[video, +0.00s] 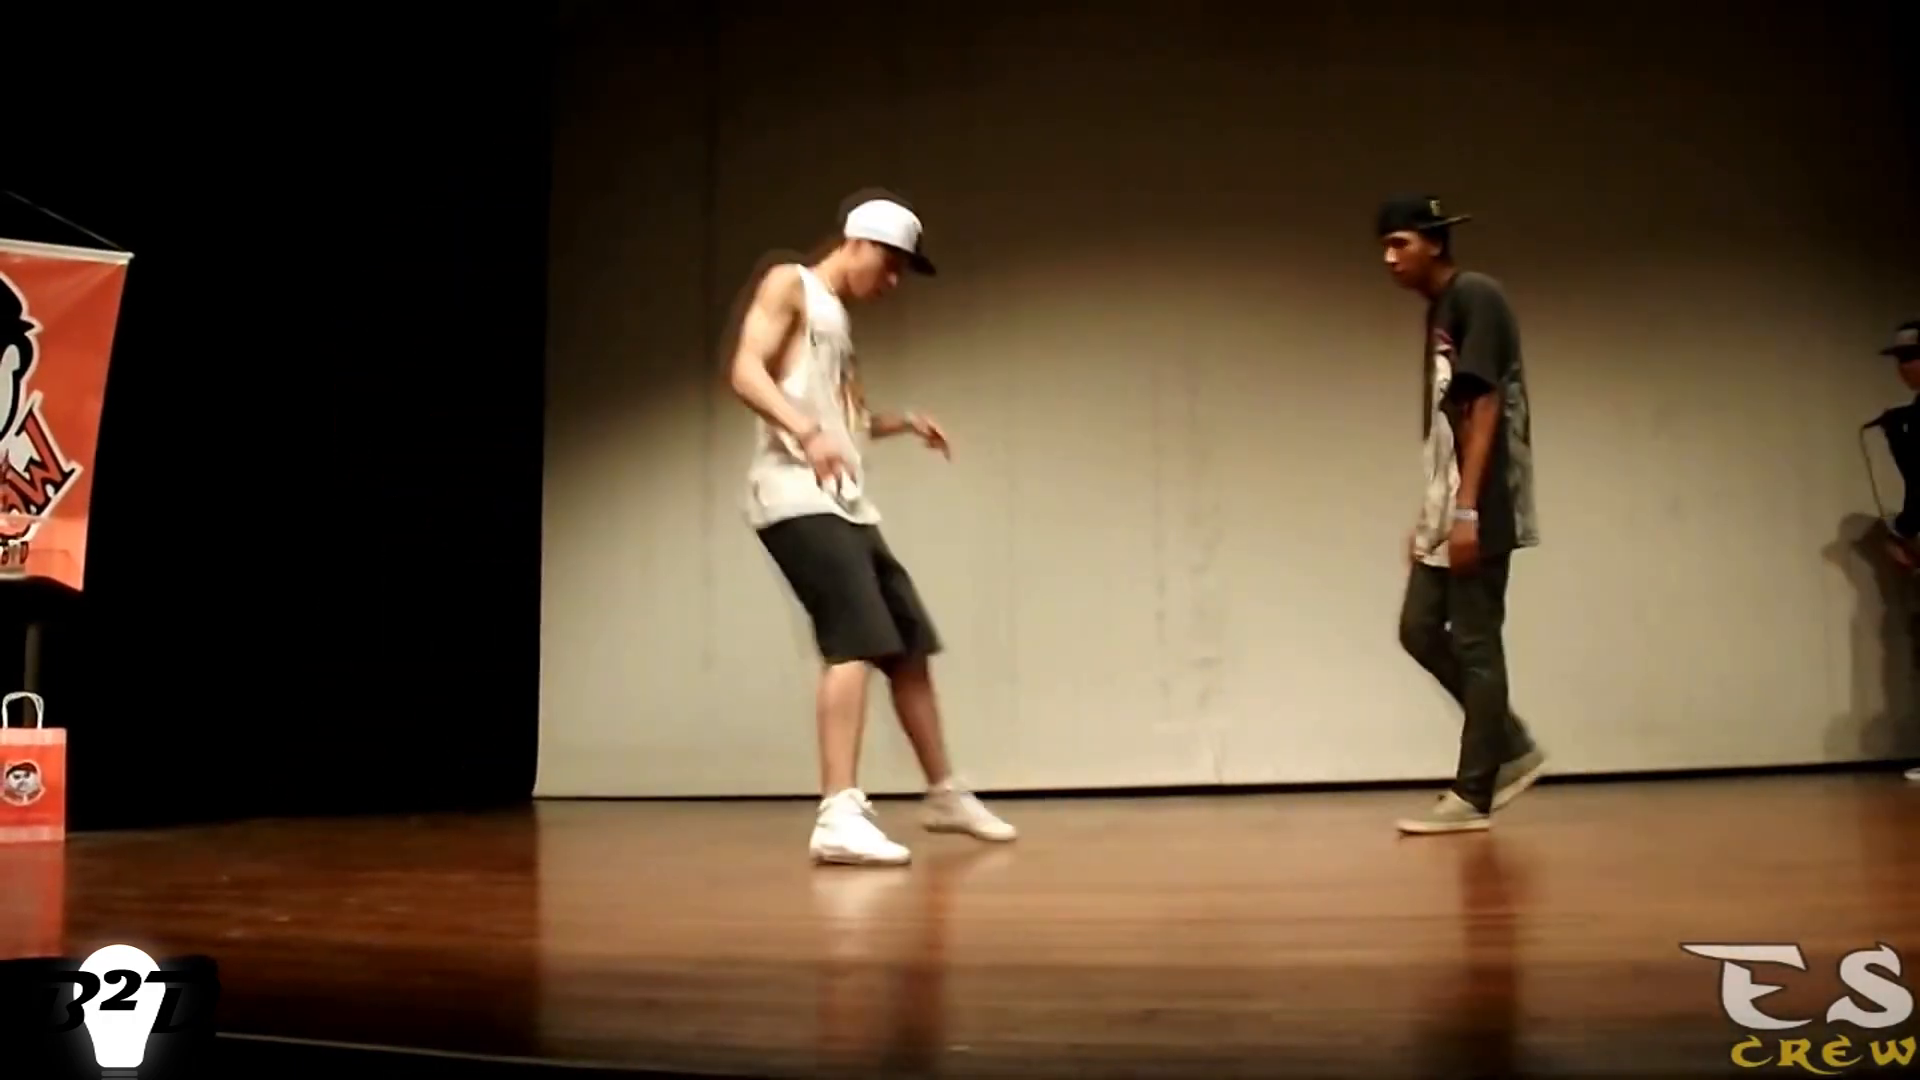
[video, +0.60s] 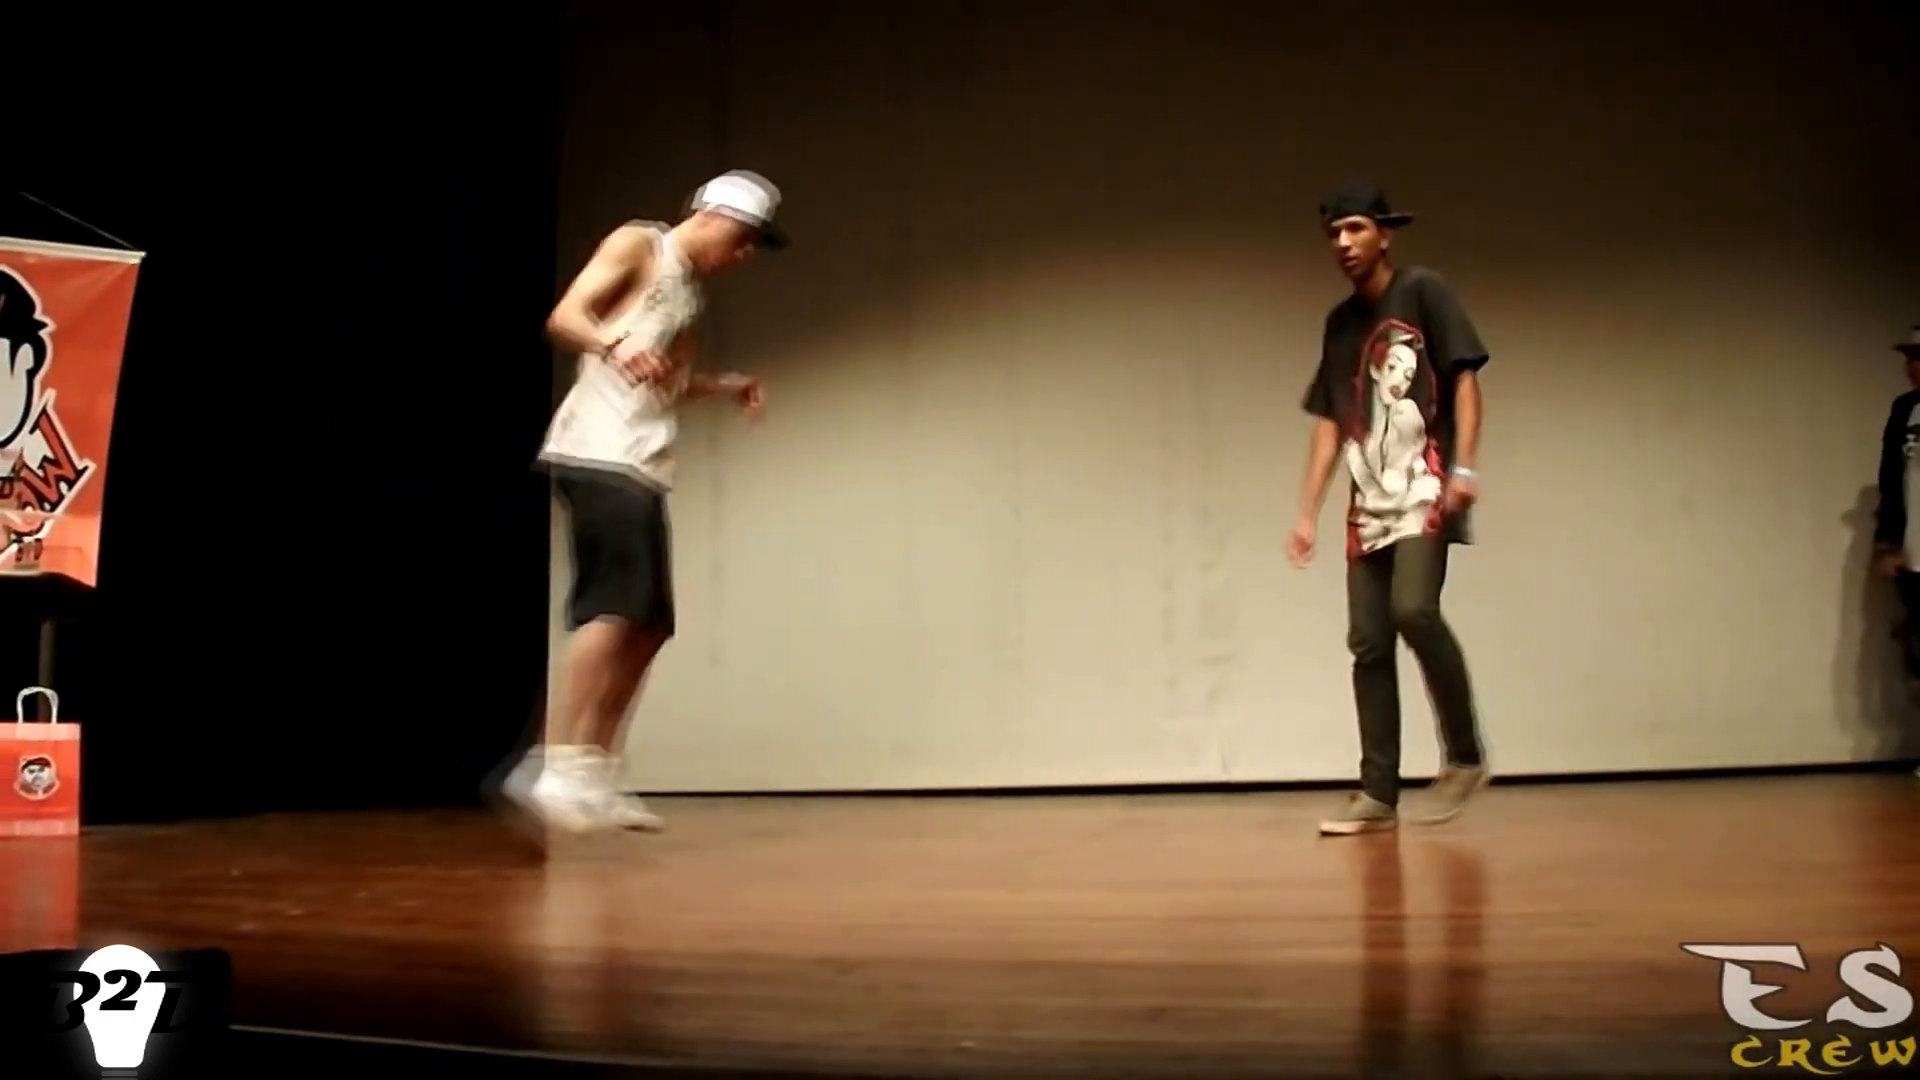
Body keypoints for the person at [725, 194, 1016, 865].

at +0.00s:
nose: (894, 282)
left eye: (902, 271)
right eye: (891, 264)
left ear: (877, 259)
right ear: (856, 241)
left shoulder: (835, 319)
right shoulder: (787, 282)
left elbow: (849, 421)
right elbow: (743, 372)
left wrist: (905, 423)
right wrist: (806, 432)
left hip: (844, 501)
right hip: (796, 497)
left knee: (907, 644)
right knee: (853, 639)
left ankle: (945, 795)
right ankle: (839, 811)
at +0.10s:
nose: (875, 255)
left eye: (883, 245)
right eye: (872, 237)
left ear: (856, 233)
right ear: (835, 213)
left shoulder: (815, 291)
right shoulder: (767, 250)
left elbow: (809, 394)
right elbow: (711, 328)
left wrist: (873, 392)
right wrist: (778, 379)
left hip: (808, 478)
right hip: (758, 469)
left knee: (874, 622)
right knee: (805, 624)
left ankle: (870, 783)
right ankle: (830, 793)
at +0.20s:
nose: (845, 249)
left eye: (853, 239)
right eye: (843, 231)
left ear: (828, 232)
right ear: (808, 211)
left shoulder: (785, 289)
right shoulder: (738, 250)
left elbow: (774, 402)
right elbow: (677, 331)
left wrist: (853, 390)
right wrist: (739, 365)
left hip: (763, 477)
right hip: (722, 470)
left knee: (829, 631)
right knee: (777, 621)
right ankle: (728, 790)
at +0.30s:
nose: (807, 271)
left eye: (815, 261)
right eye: (804, 253)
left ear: (798, 258)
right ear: (768, 236)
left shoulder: (757, 321)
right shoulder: (704, 284)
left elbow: (752, 433)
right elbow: (648, 359)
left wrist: (827, 416)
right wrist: (702, 382)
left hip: (729, 509)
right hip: (688, 502)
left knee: (783, 673)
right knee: (729, 648)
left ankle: (663, 787)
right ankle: (666, 813)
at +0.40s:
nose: (789, 267)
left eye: (797, 256)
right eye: (784, 249)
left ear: (768, 246)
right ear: (749, 230)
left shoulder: (723, 312)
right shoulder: (680, 270)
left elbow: (728, 419)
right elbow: (621, 341)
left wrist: (795, 421)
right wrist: (662, 372)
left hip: (690, 500)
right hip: (653, 494)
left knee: (713, 664)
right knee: (686, 652)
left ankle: (642, 797)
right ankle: (671, 810)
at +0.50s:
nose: (771, 250)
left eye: (780, 241)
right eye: (771, 233)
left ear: (753, 225)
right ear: (738, 207)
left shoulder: (705, 280)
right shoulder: (661, 239)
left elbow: (684, 374)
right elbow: (591, 309)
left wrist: (748, 387)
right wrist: (638, 345)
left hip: (662, 460)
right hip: (623, 451)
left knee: (663, 620)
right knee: (640, 612)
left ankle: (647, 772)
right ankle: (633, 775)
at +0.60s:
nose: (739, 257)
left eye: (749, 248)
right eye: (740, 240)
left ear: (737, 239)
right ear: (709, 215)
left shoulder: (686, 290)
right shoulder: (639, 243)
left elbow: (661, 384)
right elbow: (565, 315)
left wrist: (726, 388)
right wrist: (616, 344)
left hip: (640, 468)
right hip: (598, 457)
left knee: (652, 622)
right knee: (618, 607)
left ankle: (594, 773)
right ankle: (558, 765)